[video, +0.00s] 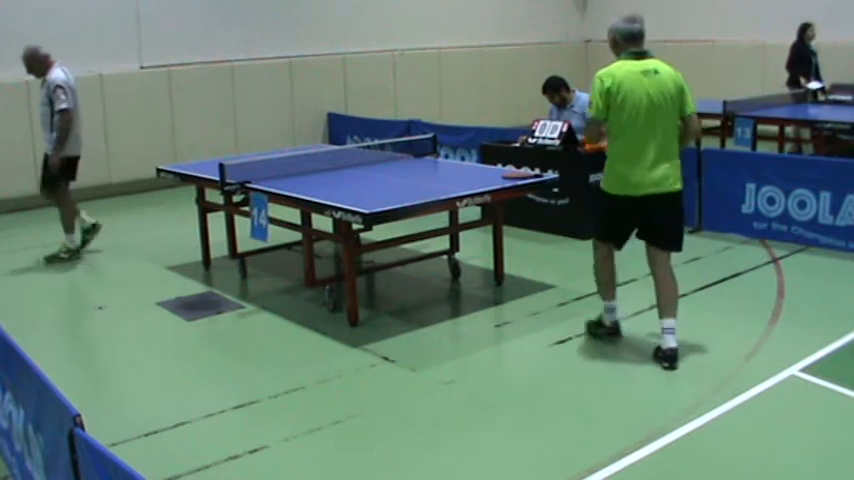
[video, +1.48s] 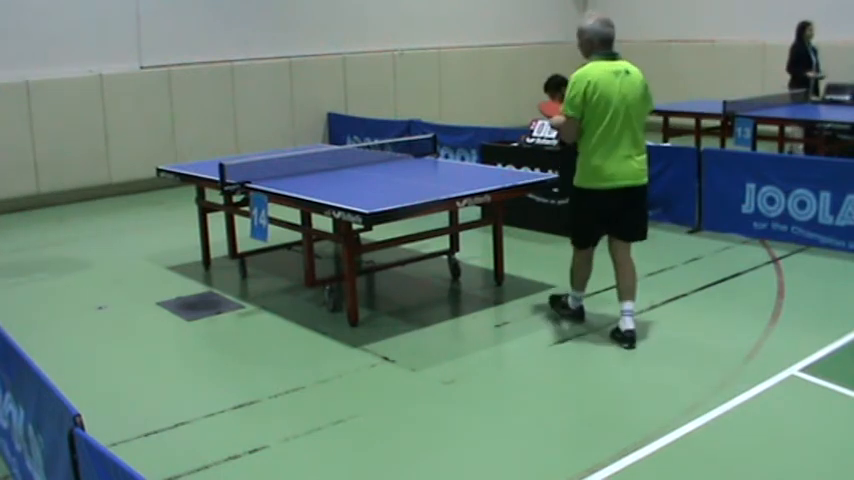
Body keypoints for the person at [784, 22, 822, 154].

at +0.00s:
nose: (813, 34)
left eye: (813, 31)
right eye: (810, 31)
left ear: (812, 33)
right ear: (803, 32)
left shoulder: (811, 49)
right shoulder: (797, 46)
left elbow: (815, 70)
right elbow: (790, 66)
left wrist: (821, 84)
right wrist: (799, 78)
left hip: (810, 85)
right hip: (797, 85)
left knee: (813, 117)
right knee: (798, 118)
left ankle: (818, 147)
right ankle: (797, 147)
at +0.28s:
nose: (812, 34)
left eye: (813, 31)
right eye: (809, 31)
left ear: (812, 33)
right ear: (803, 32)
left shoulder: (810, 48)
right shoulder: (797, 46)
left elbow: (813, 67)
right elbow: (790, 66)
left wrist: (816, 81)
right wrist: (800, 79)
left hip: (809, 84)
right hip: (796, 85)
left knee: (812, 117)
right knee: (798, 118)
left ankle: (817, 147)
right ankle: (797, 147)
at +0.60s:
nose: (812, 34)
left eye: (812, 31)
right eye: (809, 31)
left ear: (810, 33)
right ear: (802, 32)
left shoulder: (807, 47)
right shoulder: (797, 46)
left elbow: (810, 66)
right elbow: (789, 66)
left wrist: (813, 79)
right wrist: (799, 78)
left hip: (806, 84)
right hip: (795, 84)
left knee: (810, 116)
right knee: (797, 117)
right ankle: (797, 147)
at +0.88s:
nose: (812, 33)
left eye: (812, 30)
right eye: (809, 30)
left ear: (810, 32)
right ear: (803, 31)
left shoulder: (807, 47)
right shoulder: (798, 46)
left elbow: (808, 65)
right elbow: (789, 66)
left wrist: (811, 76)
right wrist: (801, 76)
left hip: (803, 83)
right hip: (795, 83)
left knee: (802, 115)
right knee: (796, 116)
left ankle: (798, 146)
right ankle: (795, 147)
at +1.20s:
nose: (812, 33)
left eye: (813, 30)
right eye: (809, 30)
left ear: (811, 32)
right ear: (802, 31)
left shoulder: (809, 47)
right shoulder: (798, 46)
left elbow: (811, 65)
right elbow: (790, 67)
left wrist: (816, 75)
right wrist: (805, 74)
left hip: (807, 85)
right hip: (797, 85)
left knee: (809, 118)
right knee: (805, 118)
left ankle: (811, 150)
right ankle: (809, 150)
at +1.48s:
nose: (811, 33)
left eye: (812, 30)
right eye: (808, 30)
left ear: (812, 32)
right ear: (801, 32)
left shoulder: (812, 48)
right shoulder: (796, 47)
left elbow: (815, 65)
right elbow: (790, 68)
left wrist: (818, 73)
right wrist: (805, 73)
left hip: (811, 87)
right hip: (799, 87)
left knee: (812, 120)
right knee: (805, 120)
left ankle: (811, 151)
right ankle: (808, 151)